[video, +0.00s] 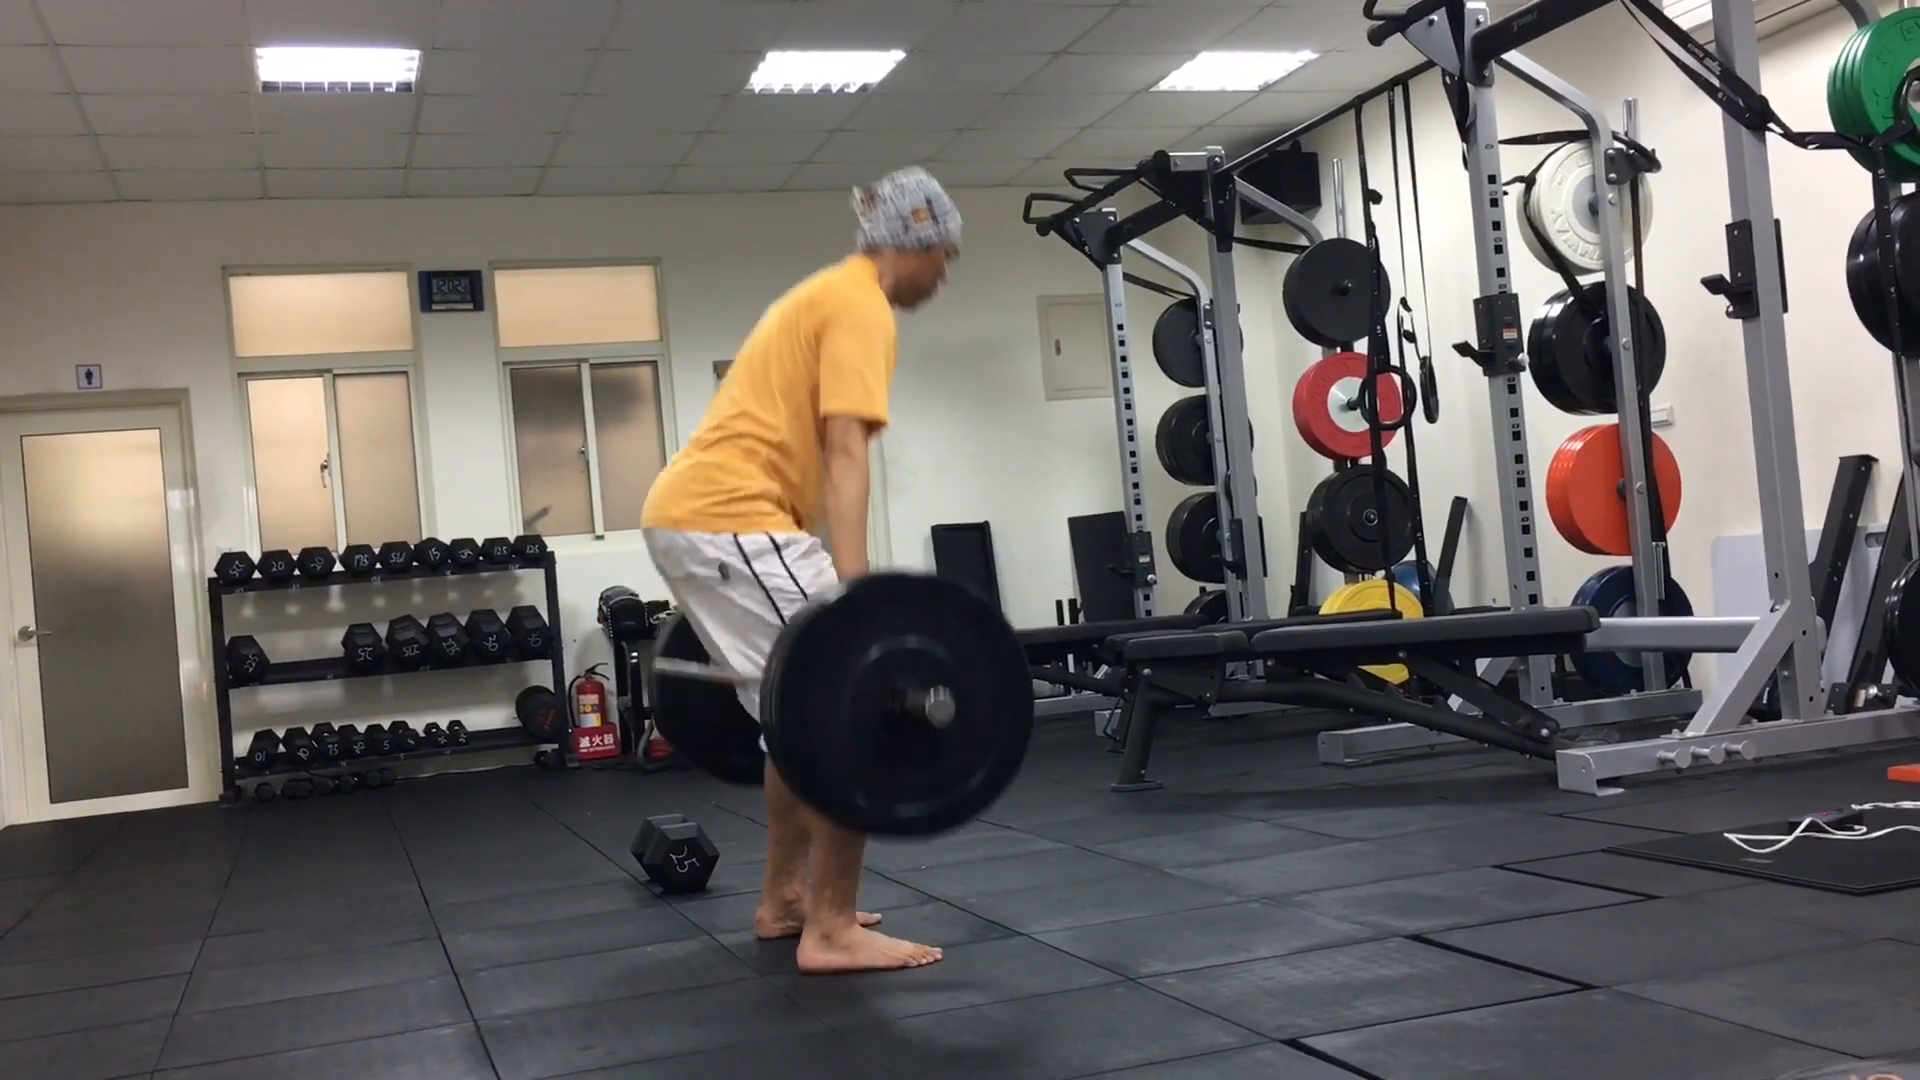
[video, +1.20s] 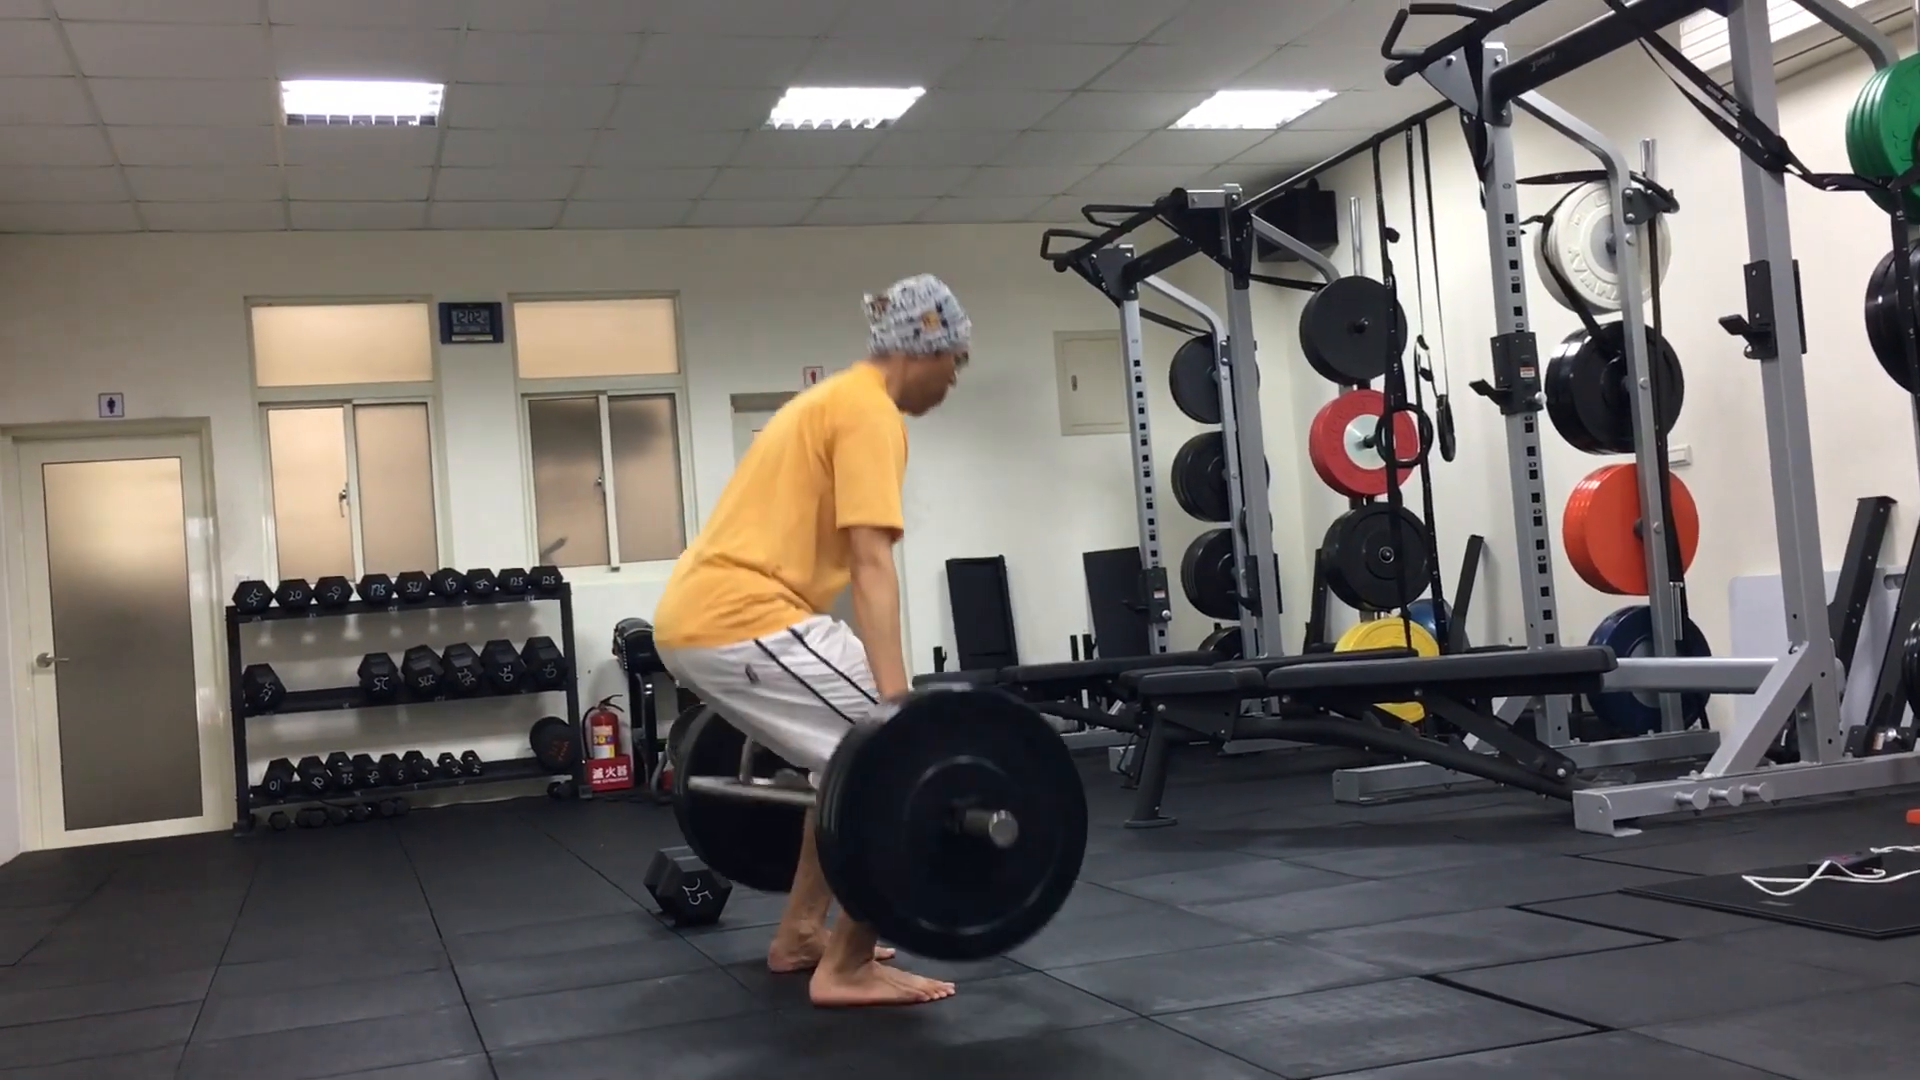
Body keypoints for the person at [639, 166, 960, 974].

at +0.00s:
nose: (944, 276)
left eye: (948, 259)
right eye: (944, 256)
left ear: (885, 238)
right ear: (913, 241)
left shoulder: (822, 295)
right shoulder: (856, 302)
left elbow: (806, 453)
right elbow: (844, 448)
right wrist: (855, 598)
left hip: (691, 511)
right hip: (734, 513)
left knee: (799, 699)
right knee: (846, 694)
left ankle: (785, 898)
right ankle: (834, 927)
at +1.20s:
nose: (953, 382)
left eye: (958, 366)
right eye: (954, 363)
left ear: (892, 346)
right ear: (922, 348)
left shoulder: (830, 400)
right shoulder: (867, 407)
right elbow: (871, 565)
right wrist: (896, 701)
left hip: (697, 614)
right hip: (742, 615)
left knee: (856, 745)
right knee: (891, 748)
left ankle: (800, 932)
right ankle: (849, 965)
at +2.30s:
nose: (970, 297)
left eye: (974, 279)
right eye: (970, 276)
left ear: (911, 258)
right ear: (940, 263)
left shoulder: (850, 321)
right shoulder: (880, 327)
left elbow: (839, 483)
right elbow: (869, 476)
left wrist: (863, 622)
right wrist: (881, 625)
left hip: (736, 548)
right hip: (772, 550)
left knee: (837, 729)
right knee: (880, 728)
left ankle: (812, 933)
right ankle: (857, 964)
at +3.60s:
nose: (980, 423)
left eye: (985, 408)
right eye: (980, 405)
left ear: (921, 390)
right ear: (946, 393)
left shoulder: (858, 438)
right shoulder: (887, 448)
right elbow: (883, 604)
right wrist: (904, 741)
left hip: (708, 640)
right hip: (749, 640)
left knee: (880, 755)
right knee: (936, 753)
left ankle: (807, 933)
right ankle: (852, 963)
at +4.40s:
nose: (981, 325)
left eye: (984, 306)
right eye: (981, 305)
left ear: (921, 291)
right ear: (950, 294)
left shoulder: (858, 349)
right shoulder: (890, 354)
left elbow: (843, 510)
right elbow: (885, 504)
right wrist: (901, 651)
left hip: (728, 563)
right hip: (767, 562)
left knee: (850, 727)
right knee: (896, 725)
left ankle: (809, 925)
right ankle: (856, 956)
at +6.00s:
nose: (1008, 436)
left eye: (1013, 421)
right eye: (1008, 418)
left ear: (947, 403)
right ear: (971, 405)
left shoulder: (879, 448)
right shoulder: (914, 459)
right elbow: (909, 608)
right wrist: (927, 745)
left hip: (733, 643)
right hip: (778, 644)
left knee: (894, 753)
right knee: (956, 759)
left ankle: (818, 929)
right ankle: (864, 961)